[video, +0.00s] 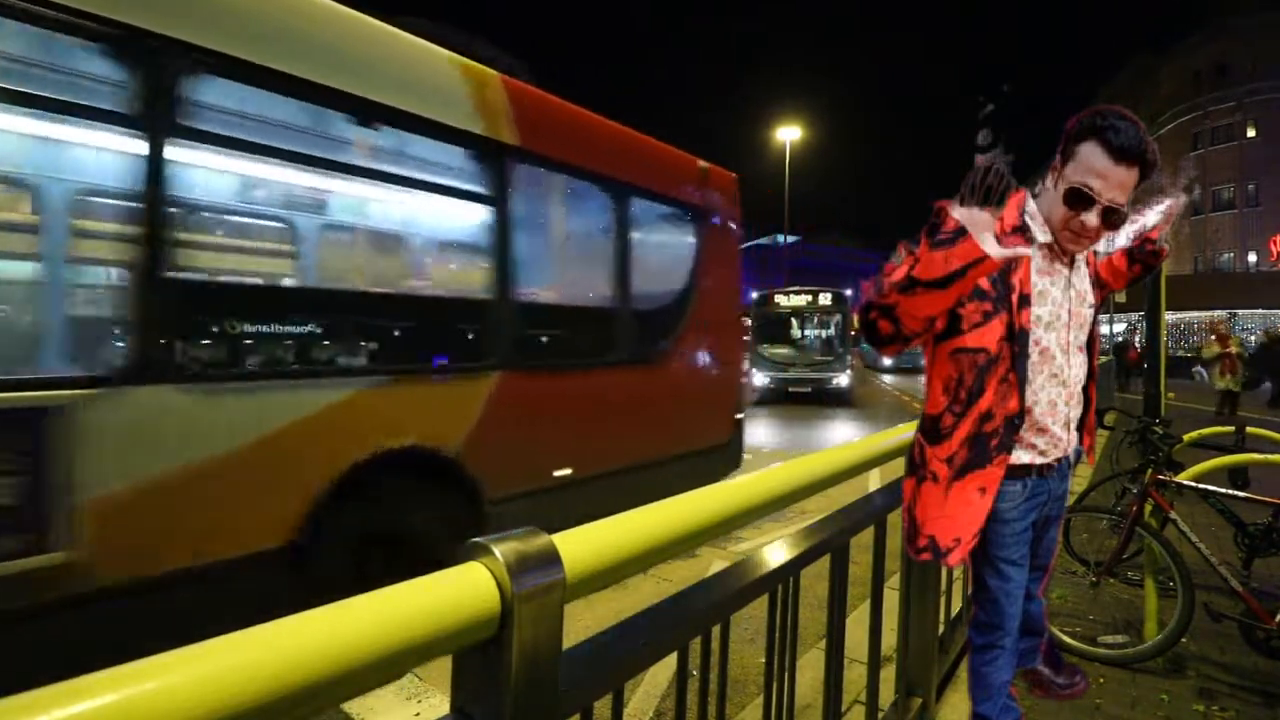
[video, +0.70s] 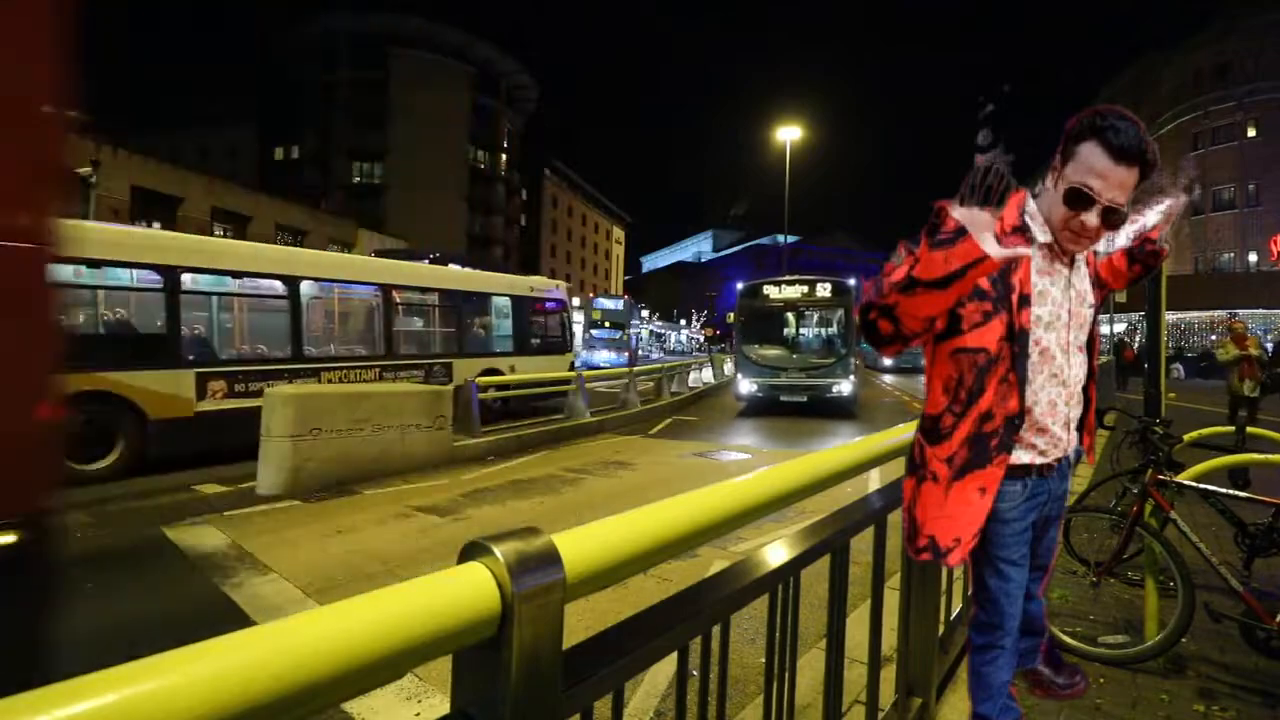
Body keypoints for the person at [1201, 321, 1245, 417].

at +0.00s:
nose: (1221, 332)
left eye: (1224, 329)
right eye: (1218, 330)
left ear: (1228, 330)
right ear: (1214, 331)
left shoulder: (1235, 342)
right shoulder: (1211, 344)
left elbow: (1246, 356)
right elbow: (1205, 359)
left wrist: (1236, 352)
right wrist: (1222, 352)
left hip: (1235, 382)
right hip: (1220, 382)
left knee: (1234, 408)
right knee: (1220, 407)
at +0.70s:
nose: (1239, 332)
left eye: (1241, 329)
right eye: (1235, 329)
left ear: (1245, 330)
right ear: (1230, 332)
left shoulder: (1253, 342)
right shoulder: (1226, 344)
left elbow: (1265, 358)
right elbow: (1220, 359)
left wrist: (1253, 353)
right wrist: (1238, 354)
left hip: (1253, 381)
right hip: (1236, 382)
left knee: (1252, 408)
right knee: (1235, 404)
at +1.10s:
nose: (1249, 331)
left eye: (1251, 327)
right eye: (1245, 328)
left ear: (1255, 328)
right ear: (1240, 331)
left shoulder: (1263, 341)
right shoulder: (1235, 343)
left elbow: (1273, 358)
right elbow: (1227, 359)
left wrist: (1264, 353)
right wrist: (1244, 354)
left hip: (1261, 380)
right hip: (1244, 381)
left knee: (1258, 408)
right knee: (1248, 408)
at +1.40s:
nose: (1259, 327)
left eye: (1261, 324)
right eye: (1256, 325)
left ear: (1264, 325)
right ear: (1249, 327)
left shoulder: (1271, 339)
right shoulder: (1244, 340)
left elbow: (1277, 351)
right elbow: (1236, 355)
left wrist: (1272, 350)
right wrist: (1257, 351)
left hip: (1272, 382)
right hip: (1253, 383)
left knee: (1273, 407)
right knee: (1253, 408)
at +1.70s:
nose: (1272, 329)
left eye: (1274, 326)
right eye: (1268, 327)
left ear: (1277, 327)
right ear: (1263, 328)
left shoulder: (1277, 340)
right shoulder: (1259, 340)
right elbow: (1246, 352)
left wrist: (1276, 341)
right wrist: (1266, 343)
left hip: (1276, 384)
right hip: (1263, 384)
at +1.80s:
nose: (1274, 327)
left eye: (1277, 323)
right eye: (1271, 324)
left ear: (1279, 324)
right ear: (1265, 326)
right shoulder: (1262, 338)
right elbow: (1247, 351)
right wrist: (1267, 337)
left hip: (1276, 386)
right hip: (1265, 385)